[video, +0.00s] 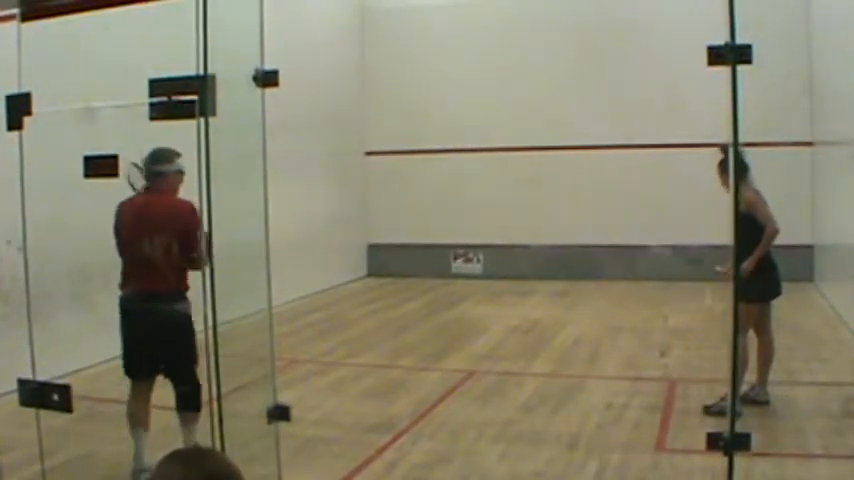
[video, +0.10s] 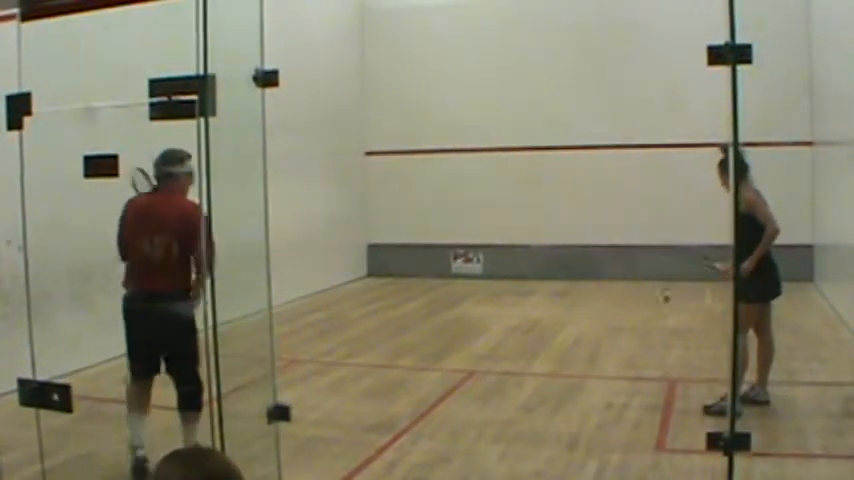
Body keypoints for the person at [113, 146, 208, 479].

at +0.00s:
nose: (181, 180)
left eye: (179, 175)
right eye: (179, 175)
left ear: (147, 176)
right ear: (175, 177)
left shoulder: (125, 209)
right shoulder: (185, 210)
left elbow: (126, 251)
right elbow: (197, 260)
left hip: (134, 307)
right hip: (174, 308)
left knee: (140, 384)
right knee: (185, 379)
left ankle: (139, 461)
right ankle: (192, 451)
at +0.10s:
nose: (191, 182)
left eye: (190, 176)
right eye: (188, 176)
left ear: (157, 176)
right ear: (182, 177)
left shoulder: (133, 206)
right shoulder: (191, 211)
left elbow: (123, 252)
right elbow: (204, 261)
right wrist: (197, 285)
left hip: (138, 306)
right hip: (177, 307)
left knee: (140, 376)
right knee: (187, 378)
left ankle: (137, 450)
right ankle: (192, 450)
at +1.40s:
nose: (179, 177)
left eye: (178, 172)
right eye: (176, 172)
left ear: (146, 175)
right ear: (167, 175)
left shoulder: (125, 209)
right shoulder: (175, 209)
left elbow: (120, 264)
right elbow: (186, 265)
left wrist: (130, 298)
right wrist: (202, 304)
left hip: (136, 303)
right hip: (171, 302)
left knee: (142, 369)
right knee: (184, 377)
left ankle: (131, 444)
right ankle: (189, 447)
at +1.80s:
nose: (140, 185)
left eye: (137, 180)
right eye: (137, 181)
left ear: (111, 184)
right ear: (132, 183)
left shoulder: (90, 216)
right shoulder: (146, 213)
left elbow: (81, 269)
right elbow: (162, 263)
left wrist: (97, 298)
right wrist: (175, 301)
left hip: (104, 307)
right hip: (140, 305)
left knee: (118, 377)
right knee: (161, 370)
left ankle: (130, 447)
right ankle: (170, 435)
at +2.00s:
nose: (116, 186)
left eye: (102, 182)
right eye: (117, 182)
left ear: (92, 185)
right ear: (118, 184)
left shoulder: (76, 215)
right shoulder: (135, 214)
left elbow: (66, 264)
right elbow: (150, 258)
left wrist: (87, 285)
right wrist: (153, 297)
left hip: (92, 303)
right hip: (127, 301)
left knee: (101, 373)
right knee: (127, 368)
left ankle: (125, 433)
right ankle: (131, 433)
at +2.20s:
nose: (75, 190)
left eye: (73, 185)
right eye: (86, 183)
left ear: (72, 188)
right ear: (98, 187)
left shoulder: (59, 222)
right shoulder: (118, 220)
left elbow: (49, 270)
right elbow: (141, 261)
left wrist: (72, 289)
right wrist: (129, 297)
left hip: (77, 309)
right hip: (113, 305)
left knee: (58, 366)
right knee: (113, 367)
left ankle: (84, 427)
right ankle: (127, 430)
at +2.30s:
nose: (73, 189)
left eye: (64, 185)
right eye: (80, 182)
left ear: (58, 188)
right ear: (83, 185)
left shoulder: (47, 222)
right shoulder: (105, 219)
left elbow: (34, 264)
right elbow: (129, 258)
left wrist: (56, 285)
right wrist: (109, 280)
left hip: (66, 309)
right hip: (102, 306)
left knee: (43, 372)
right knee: (109, 368)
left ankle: (41, 447)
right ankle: (129, 430)